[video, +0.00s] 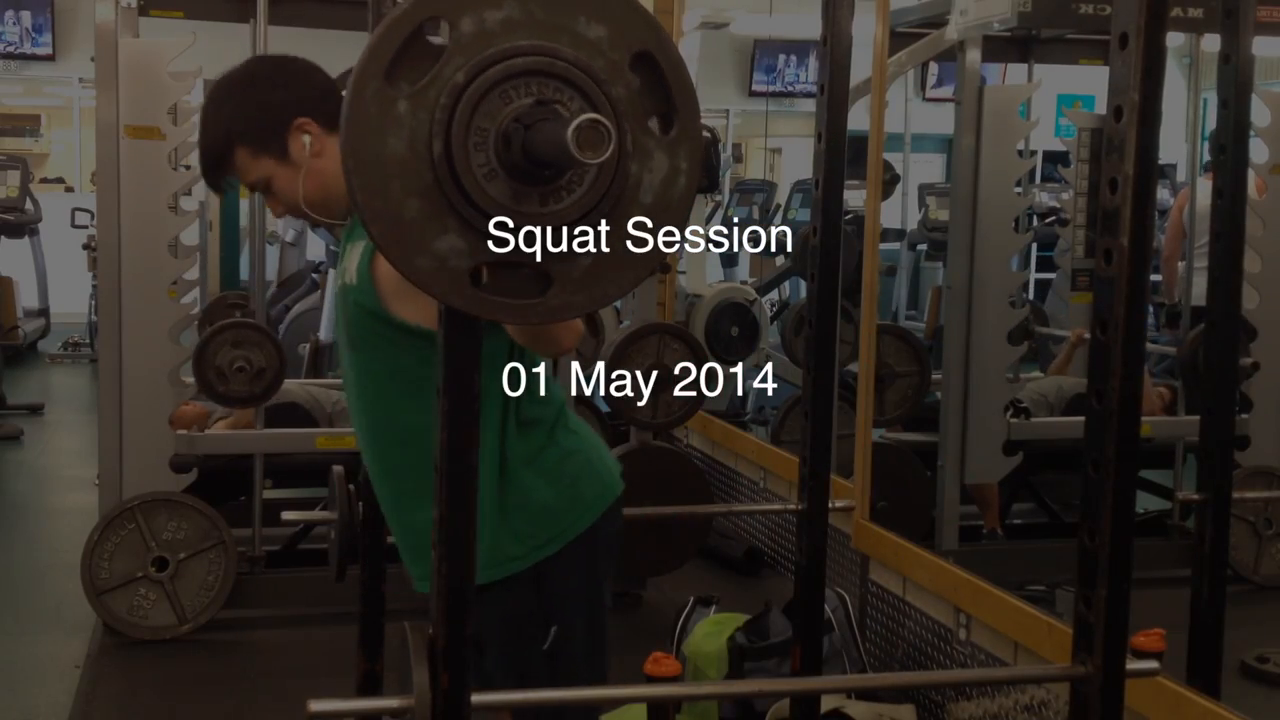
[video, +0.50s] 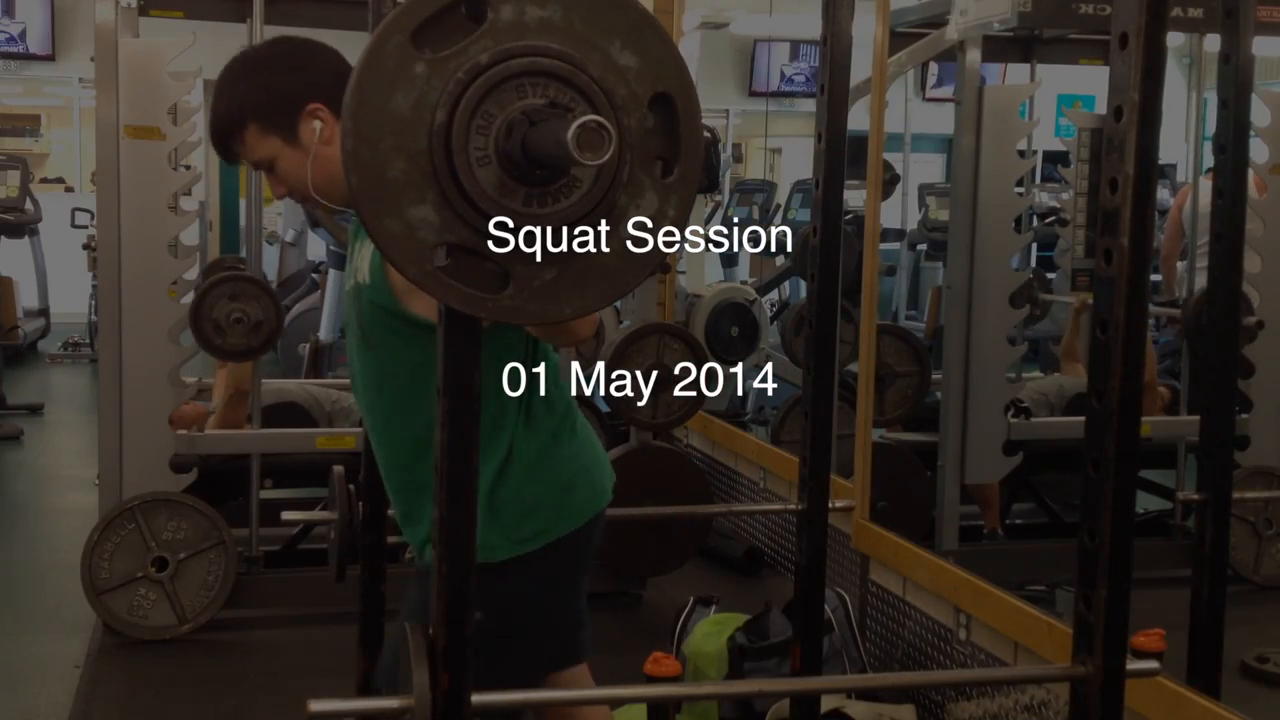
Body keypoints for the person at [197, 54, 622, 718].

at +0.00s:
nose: (276, 211)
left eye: (265, 185)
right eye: (260, 196)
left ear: (305, 138)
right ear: (307, 138)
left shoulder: (396, 243)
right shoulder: (363, 238)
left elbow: (559, 328)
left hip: (528, 541)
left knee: (541, 714)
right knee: (509, 709)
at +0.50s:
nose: (277, 193)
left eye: (269, 166)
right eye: (262, 174)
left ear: (319, 125)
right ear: (322, 126)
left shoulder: (399, 233)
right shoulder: (376, 228)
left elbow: (570, 320)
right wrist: (226, 406)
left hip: (506, 520)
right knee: (564, 685)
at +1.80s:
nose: (290, 155)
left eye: (292, 131)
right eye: (281, 139)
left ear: (347, 103)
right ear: (340, 108)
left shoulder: (405, 217)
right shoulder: (389, 220)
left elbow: (586, 320)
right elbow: (586, 319)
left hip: (512, 510)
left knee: (445, 689)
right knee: (579, 676)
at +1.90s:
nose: (289, 155)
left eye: (291, 131)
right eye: (280, 138)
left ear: (347, 103)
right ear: (342, 109)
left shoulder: (404, 215)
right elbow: (586, 318)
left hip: (509, 511)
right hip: (557, 489)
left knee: (455, 693)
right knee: (577, 676)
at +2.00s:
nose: (290, 157)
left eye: (291, 132)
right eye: (280, 140)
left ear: (347, 104)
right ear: (343, 110)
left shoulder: (403, 217)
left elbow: (588, 318)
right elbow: (588, 317)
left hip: (507, 515)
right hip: (557, 492)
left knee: (447, 695)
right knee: (578, 679)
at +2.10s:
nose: (289, 155)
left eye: (290, 131)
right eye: (280, 138)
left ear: (346, 103)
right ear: (341, 108)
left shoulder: (404, 217)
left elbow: (587, 318)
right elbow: (587, 317)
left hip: (506, 513)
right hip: (555, 492)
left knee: (450, 695)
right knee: (578, 678)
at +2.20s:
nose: (290, 154)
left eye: (291, 130)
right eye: (281, 137)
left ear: (347, 103)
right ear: (341, 109)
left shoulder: (406, 215)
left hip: (511, 509)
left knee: (457, 694)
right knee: (578, 678)